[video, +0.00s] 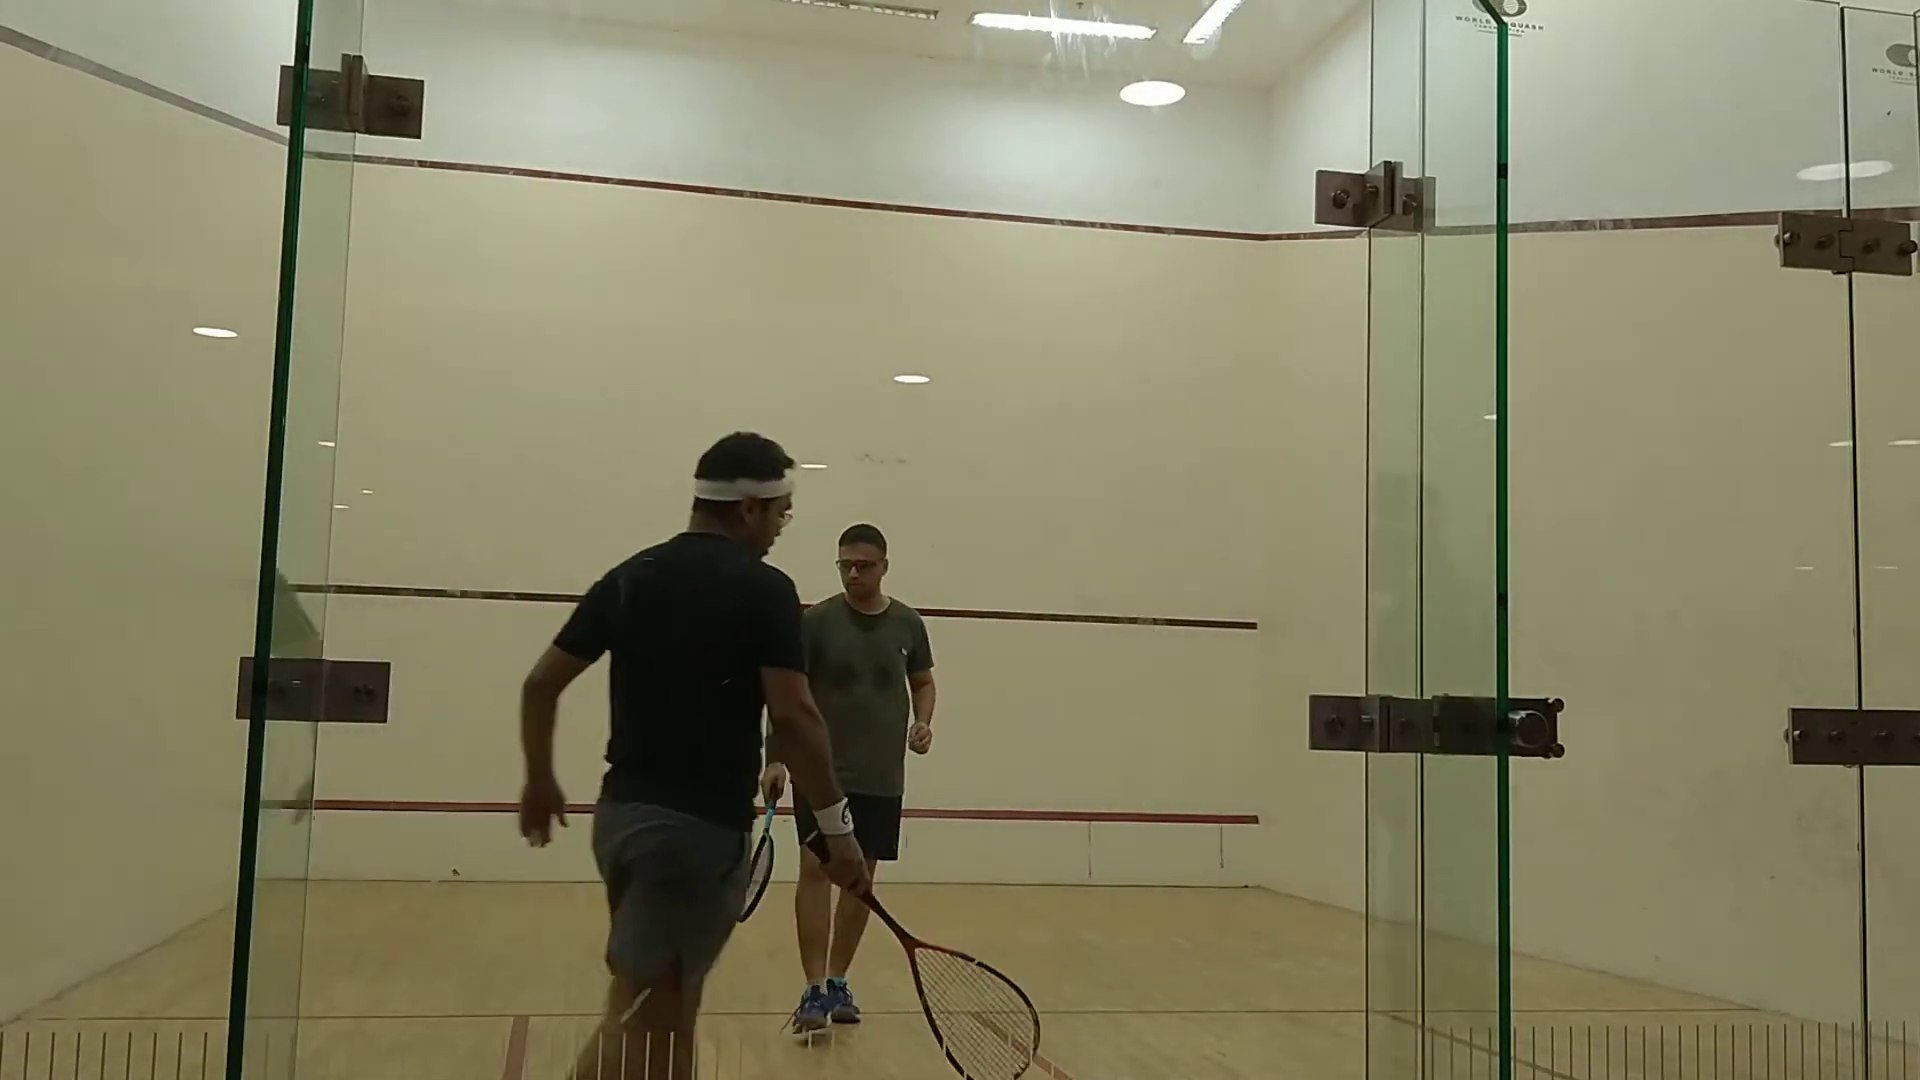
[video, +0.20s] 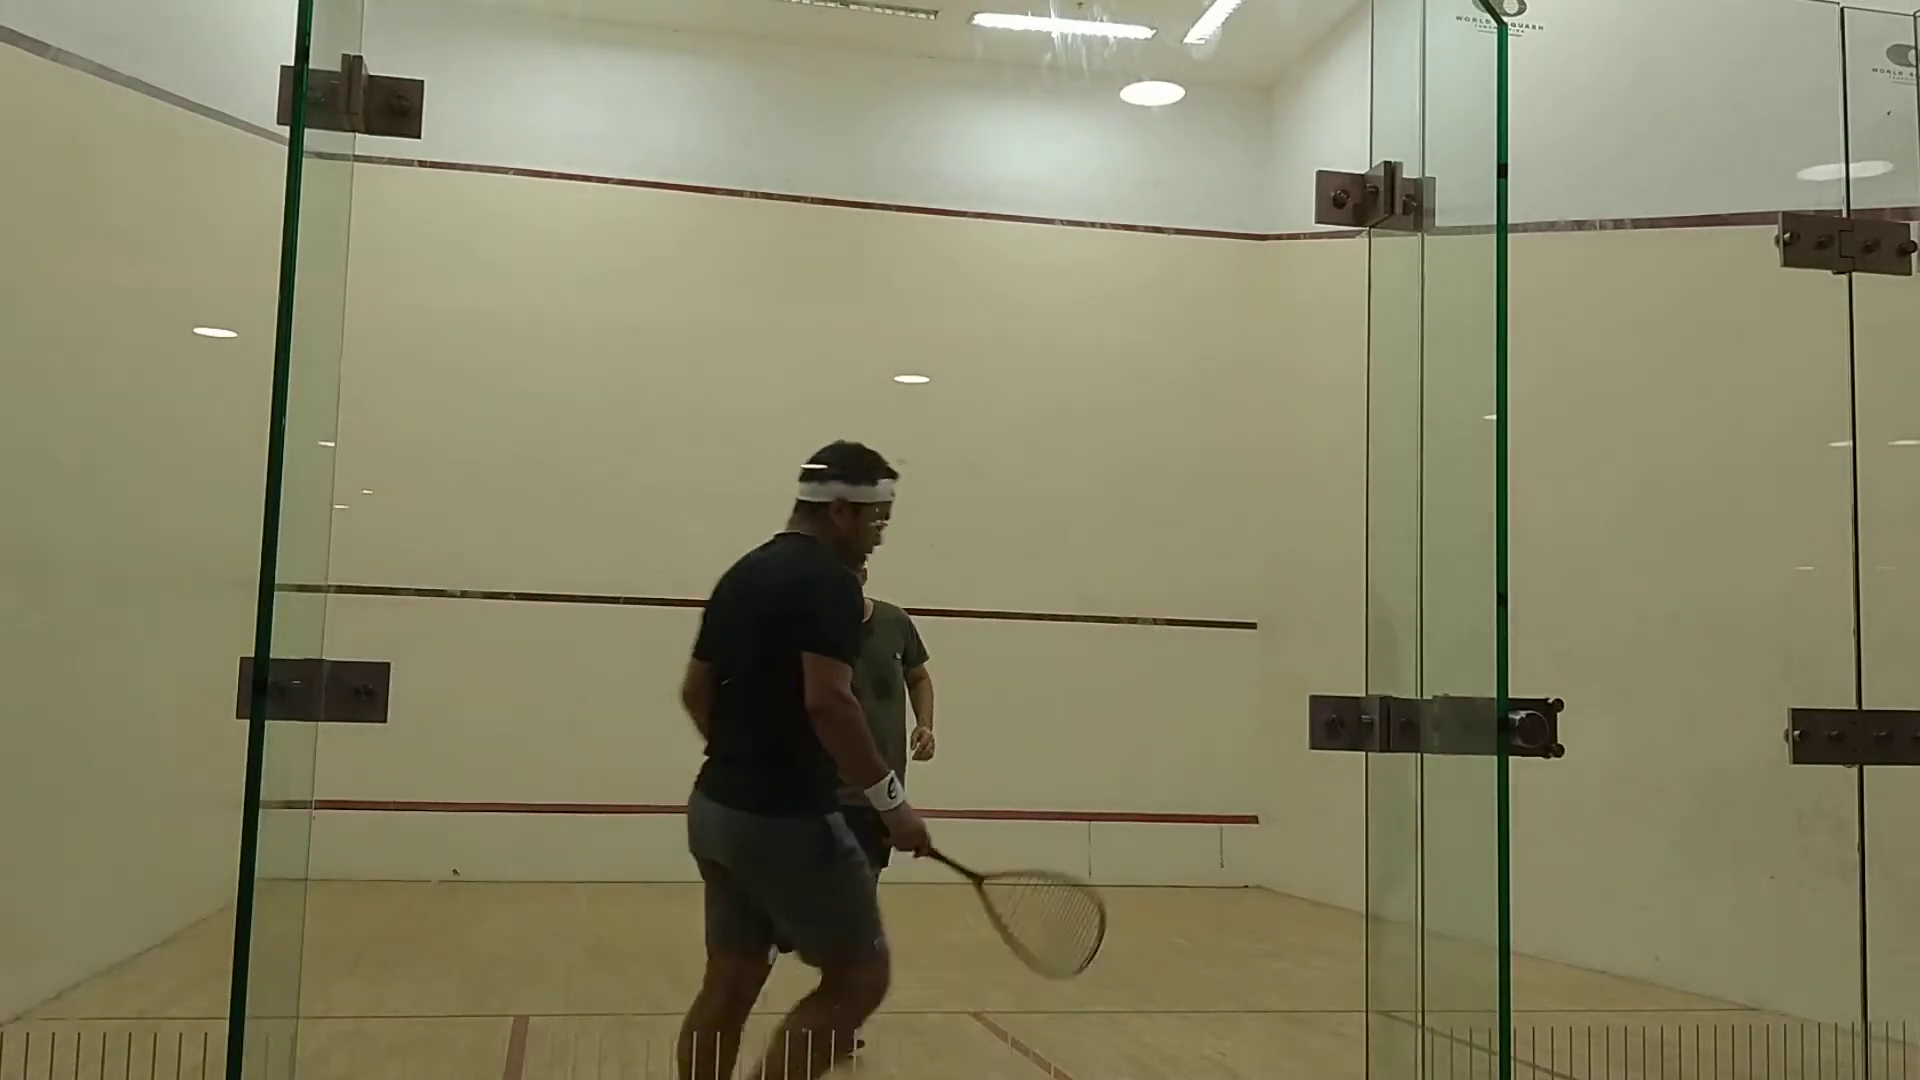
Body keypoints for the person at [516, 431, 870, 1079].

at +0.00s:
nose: (783, 525)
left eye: (785, 511)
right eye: (779, 509)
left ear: (708, 500)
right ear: (748, 507)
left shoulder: (631, 576)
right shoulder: (764, 588)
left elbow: (541, 683)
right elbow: (793, 717)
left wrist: (538, 778)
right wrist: (837, 832)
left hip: (621, 819)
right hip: (700, 832)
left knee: (668, 1013)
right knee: (636, 1016)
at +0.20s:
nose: (882, 532)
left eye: (885, 517)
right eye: (877, 516)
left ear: (821, 509)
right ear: (837, 512)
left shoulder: (745, 572)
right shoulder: (830, 581)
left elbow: (697, 691)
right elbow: (828, 701)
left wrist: (753, 763)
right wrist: (891, 802)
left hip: (720, 812)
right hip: (789, 822)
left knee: (730, 981)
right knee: (860, 979)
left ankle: (699, 1079)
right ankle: (767, 1073)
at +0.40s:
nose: (991, 559)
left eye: (995, 545)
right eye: (988, 542)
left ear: (936, 528)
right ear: (946, 529)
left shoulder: (879, 586)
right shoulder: (910, 602)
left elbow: (900, 714)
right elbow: (896, 715)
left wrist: (959, 777)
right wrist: (990, 779)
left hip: (820, 822)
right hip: (883, 836)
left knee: (778, 984)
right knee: (959, 1002)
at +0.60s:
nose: (1116, 564)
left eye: (1121, 551)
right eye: (1115, 547)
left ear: (1061, 530)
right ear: (1076, 531)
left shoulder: (998, 582)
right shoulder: (1038, 597)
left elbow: (1009, 710)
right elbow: (1022, 709)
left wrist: (1085, 769)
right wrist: (1112, 765)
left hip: (955, 819)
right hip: (1015, 827)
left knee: (976, 978)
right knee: (1064, 987)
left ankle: (840, 1067)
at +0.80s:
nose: (1211, 573)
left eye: (1219, 560)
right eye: (1214, 556)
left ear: (1168, 527)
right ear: (1186, 532)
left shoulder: (1096, 577)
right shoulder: (1145, 590)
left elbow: (1116, 703)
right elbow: (1153, 699)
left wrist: (1200, 718)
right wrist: (1220, 739)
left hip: (1086, 806)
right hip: (1121, 818)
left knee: (1170, 948)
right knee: (1106, 982)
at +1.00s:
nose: (1319, 578)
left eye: (1323, 563)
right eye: (1317, 561)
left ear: (1264, 546)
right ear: (1282, 547)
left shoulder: (1200, 605)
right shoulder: (1257, 612)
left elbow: (1216, 716)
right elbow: (1273, 726)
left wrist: (1302, 710)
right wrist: (1332, 762)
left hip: (1217, 829)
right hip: (1236, 838)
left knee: (1283, 970)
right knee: (1200, 997)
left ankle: (1304, 1077)